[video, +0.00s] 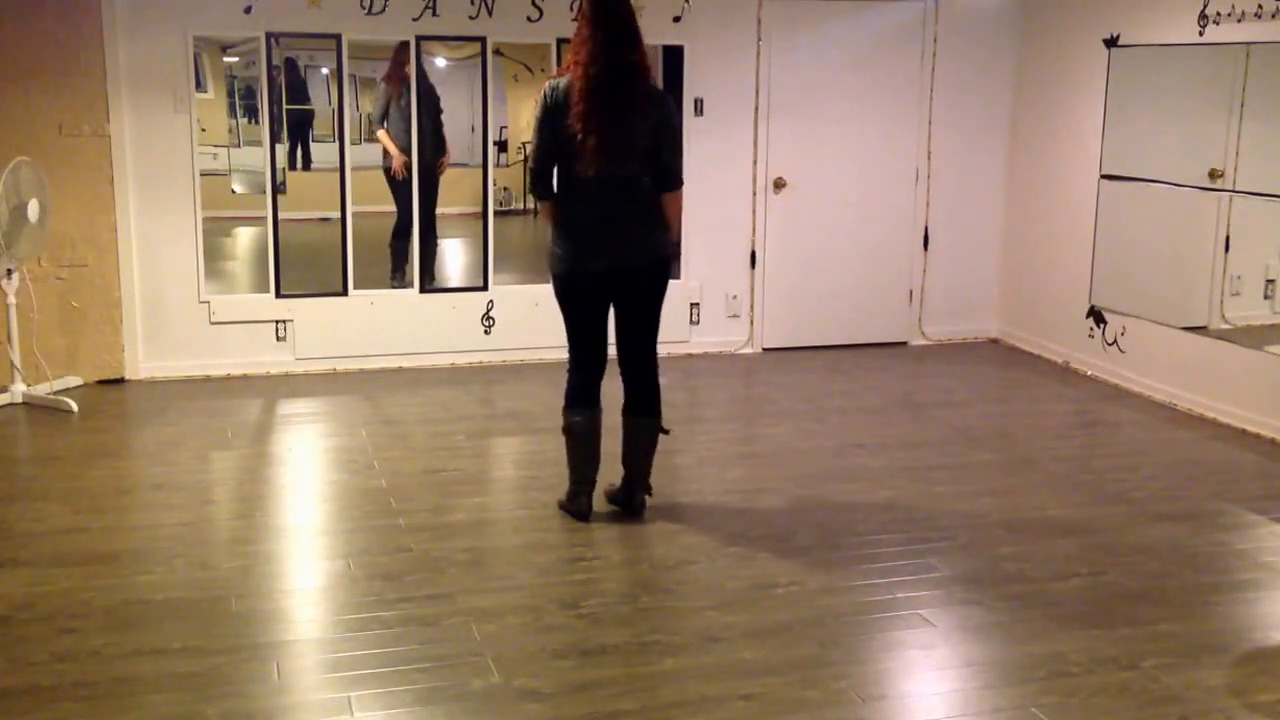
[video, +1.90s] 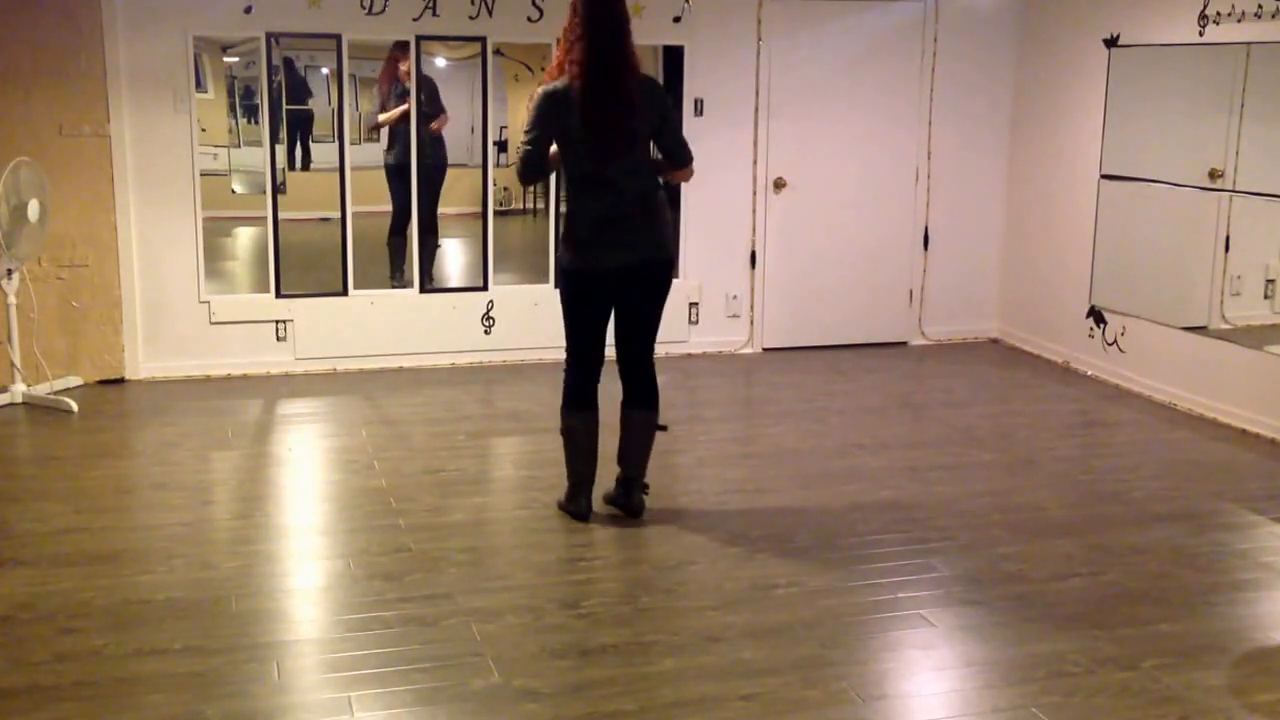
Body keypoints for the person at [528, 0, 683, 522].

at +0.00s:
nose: (576, 34)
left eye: (579, 26)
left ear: (580, 36)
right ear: (632, 38)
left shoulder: (558, 94)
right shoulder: (654, 98)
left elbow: (539, 178)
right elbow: (668, 182)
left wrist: (562, 227)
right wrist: (673, 240)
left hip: (578, 254)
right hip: (642, 253)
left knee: (584, 362)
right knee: (640, 363)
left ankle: (580, 491)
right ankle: (634, 487)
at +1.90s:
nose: (562, 39)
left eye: (568, 30)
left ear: (572, 38)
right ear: (625, 35)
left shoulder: (556, 96)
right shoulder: (649, 91)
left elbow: (528, 171)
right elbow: (681, 164)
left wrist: (560, 152)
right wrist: (646, 169)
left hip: (584, 257)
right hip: (648, 255)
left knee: (582, 364)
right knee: (638, 361)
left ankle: (579, 493)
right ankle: (632, 486)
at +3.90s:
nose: (570, 30)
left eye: (572, 22)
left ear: (574, 31)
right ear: (627, 31)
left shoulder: (551, 87)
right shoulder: (647, 86)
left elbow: (517, 166)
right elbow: (711, 139)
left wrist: (556, 171)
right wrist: (685, 156)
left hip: (581, 250)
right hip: (645, 248)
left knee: (582, 365)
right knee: (638, 360)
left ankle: (579, 492)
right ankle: (635, 485)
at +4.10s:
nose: (572, 34)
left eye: (576, 26)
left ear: (578, 34)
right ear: (630, 35)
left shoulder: (555, 90)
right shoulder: (651, 93)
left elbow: (532, 168)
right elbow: (688, 167)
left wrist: (533, 187)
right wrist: (666, 165)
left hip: (572, 252)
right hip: (636, 254)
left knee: (576, 365)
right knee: (627, 359)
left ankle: (578, 493)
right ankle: (628, 485)